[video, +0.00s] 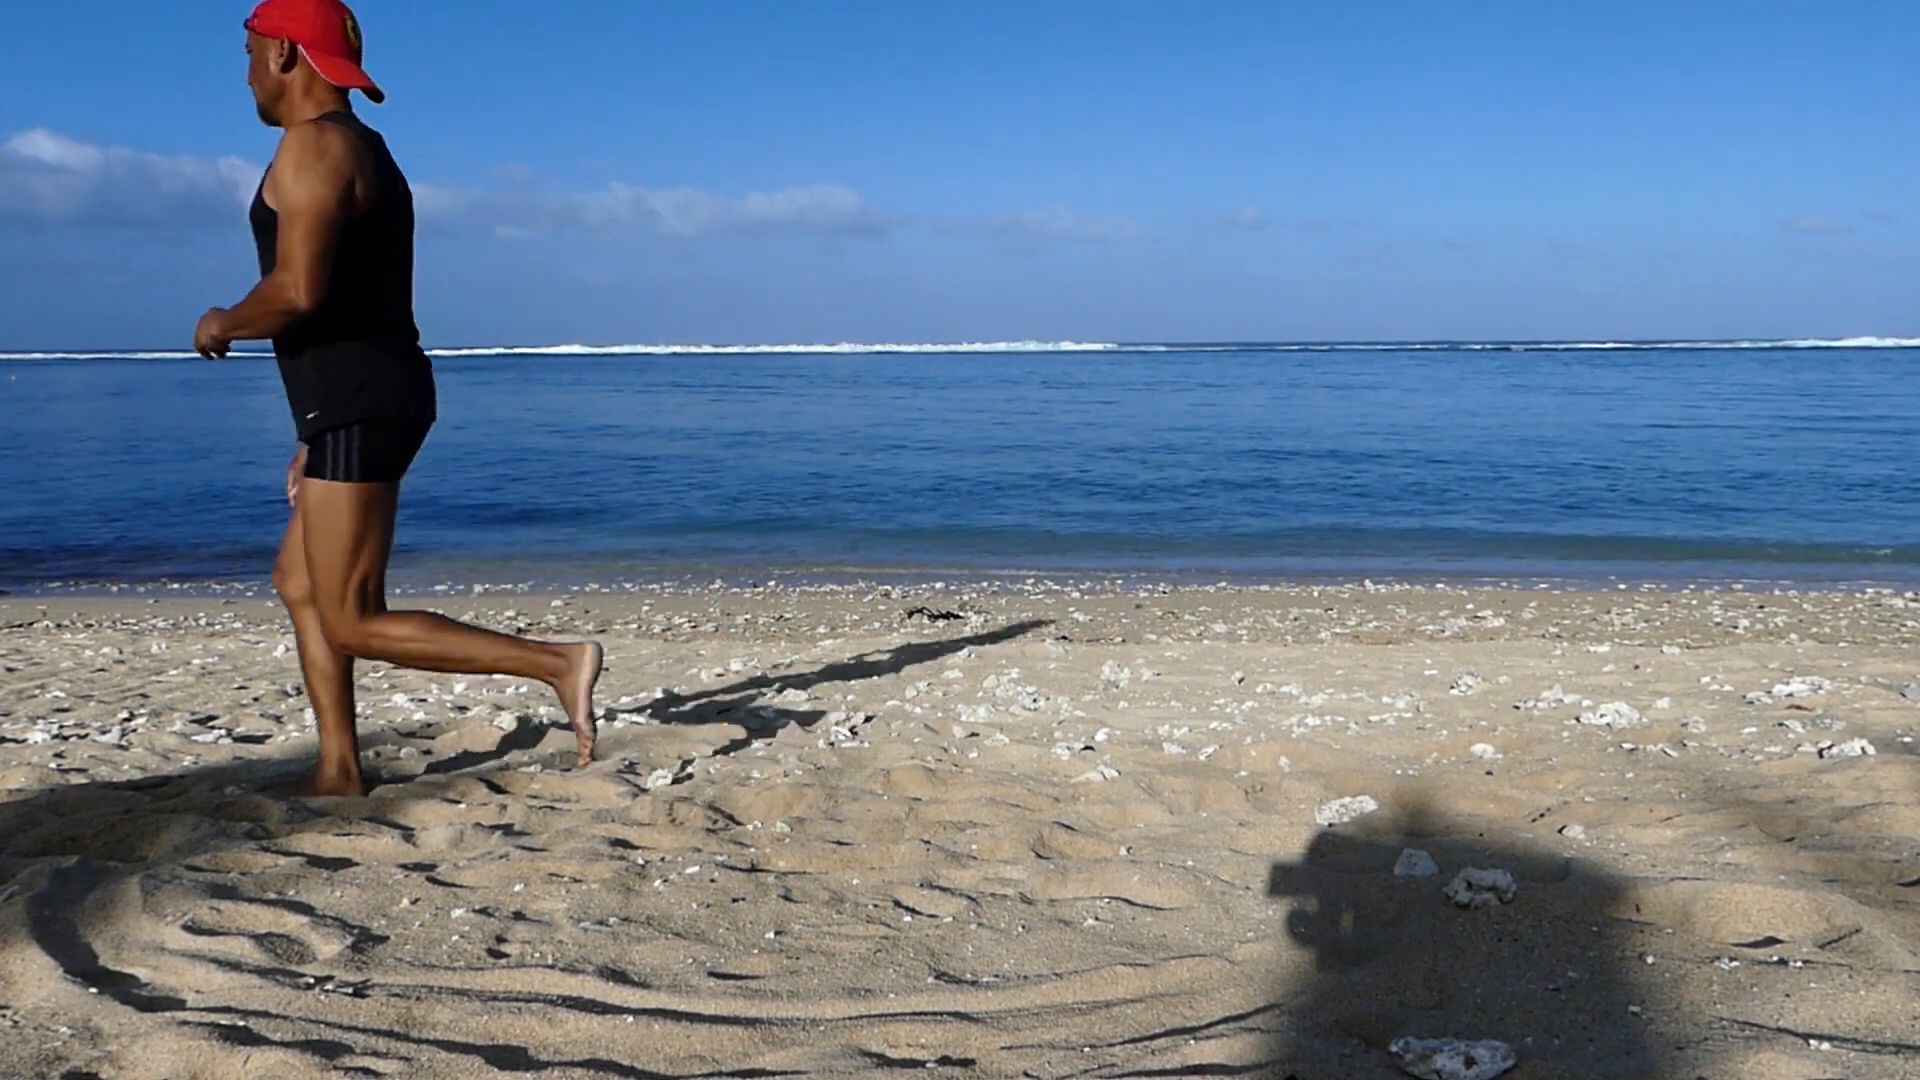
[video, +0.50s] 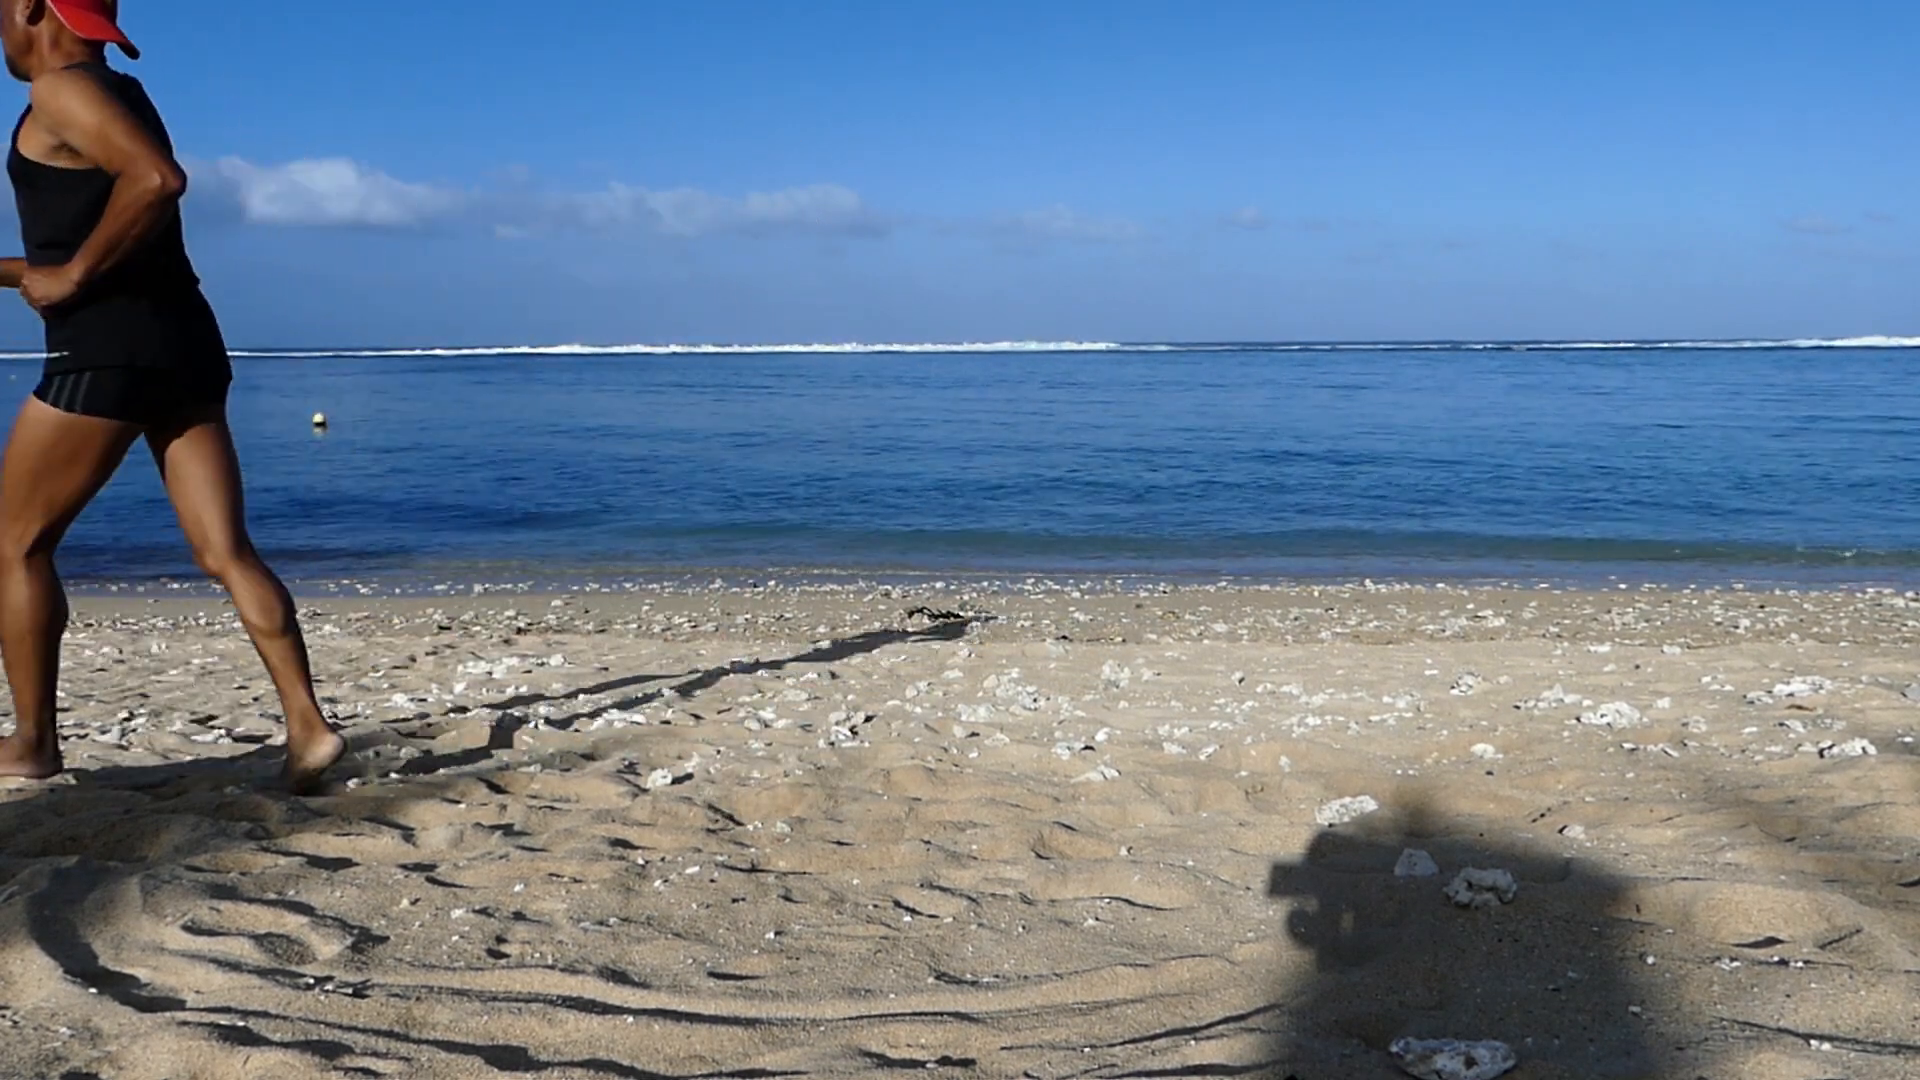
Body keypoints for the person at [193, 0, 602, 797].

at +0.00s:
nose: (249, 76)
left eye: (253, 58)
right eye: (251, 58)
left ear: (285, 59)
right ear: (318, 62)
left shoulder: (311, 151)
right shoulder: (361, 152)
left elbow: (296, 289)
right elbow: (368, 314)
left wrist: (225, 322)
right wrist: (320, 436)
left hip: (356, 401)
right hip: (376, 395)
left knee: (349, 622)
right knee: (299, 582)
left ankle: (561, 662)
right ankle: (340, 772)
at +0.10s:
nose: (193, 78)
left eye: (198, 60)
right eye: (195, 60)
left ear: (230, 63)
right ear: (273, 69)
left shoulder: (253, 155)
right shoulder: (312, 162)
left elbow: (287, 290)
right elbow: (304, 322)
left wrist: (193, 357)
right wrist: (221, 418)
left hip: (303, 407)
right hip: (348, 401)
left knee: (232, 606)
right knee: (284, 592)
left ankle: (435, 665)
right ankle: (337, 770)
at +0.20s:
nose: (156, 76)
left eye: (161, 58)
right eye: (160, 58)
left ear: (193, 61)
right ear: (232, 66)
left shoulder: (218, 150)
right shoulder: (277, 156)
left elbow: (274, 278)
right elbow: (236, 320)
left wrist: (184, 359)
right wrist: (148, 400)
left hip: (270, 406)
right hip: (322, 402)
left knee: (168, 582)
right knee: (271, 596)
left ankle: (350, 681)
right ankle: (335, 774)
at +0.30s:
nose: (99, 63)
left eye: (103, 44)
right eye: (102, 44)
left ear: (136, 46)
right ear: (173, 51)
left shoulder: (160, 131)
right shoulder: (222, 137)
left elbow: (239, 237)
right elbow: (181, 305)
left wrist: (153, 328)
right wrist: (61, 341)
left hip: (212, 389)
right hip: (276, 383)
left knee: (90, 546)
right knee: (266, 588)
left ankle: (224, 711)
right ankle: (337, 766)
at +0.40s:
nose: (57, 46)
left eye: (62, 29)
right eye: (59, 30)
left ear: (95, 32)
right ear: (122, 35)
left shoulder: (124, 112)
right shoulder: (171, 114)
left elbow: (209, 207)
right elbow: (139, 284)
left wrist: (128, 303)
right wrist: (26, 303)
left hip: (173, 368)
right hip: (238, 363)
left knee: (53, 538)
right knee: (259, 573)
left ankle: (143, 727)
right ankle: (334, 755)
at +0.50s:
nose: (4, 25)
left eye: (9, 11)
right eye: (9, 12)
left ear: (35, 16)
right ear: (78, 22)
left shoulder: (63, 90)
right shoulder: (123, 93)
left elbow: (157, 178)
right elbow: (112, 238)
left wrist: (73, 273)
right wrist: (15, 267)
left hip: (105, 351)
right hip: (183, 346)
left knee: (18, 540)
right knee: (228, 551)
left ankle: (32, 745)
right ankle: (310, 728)